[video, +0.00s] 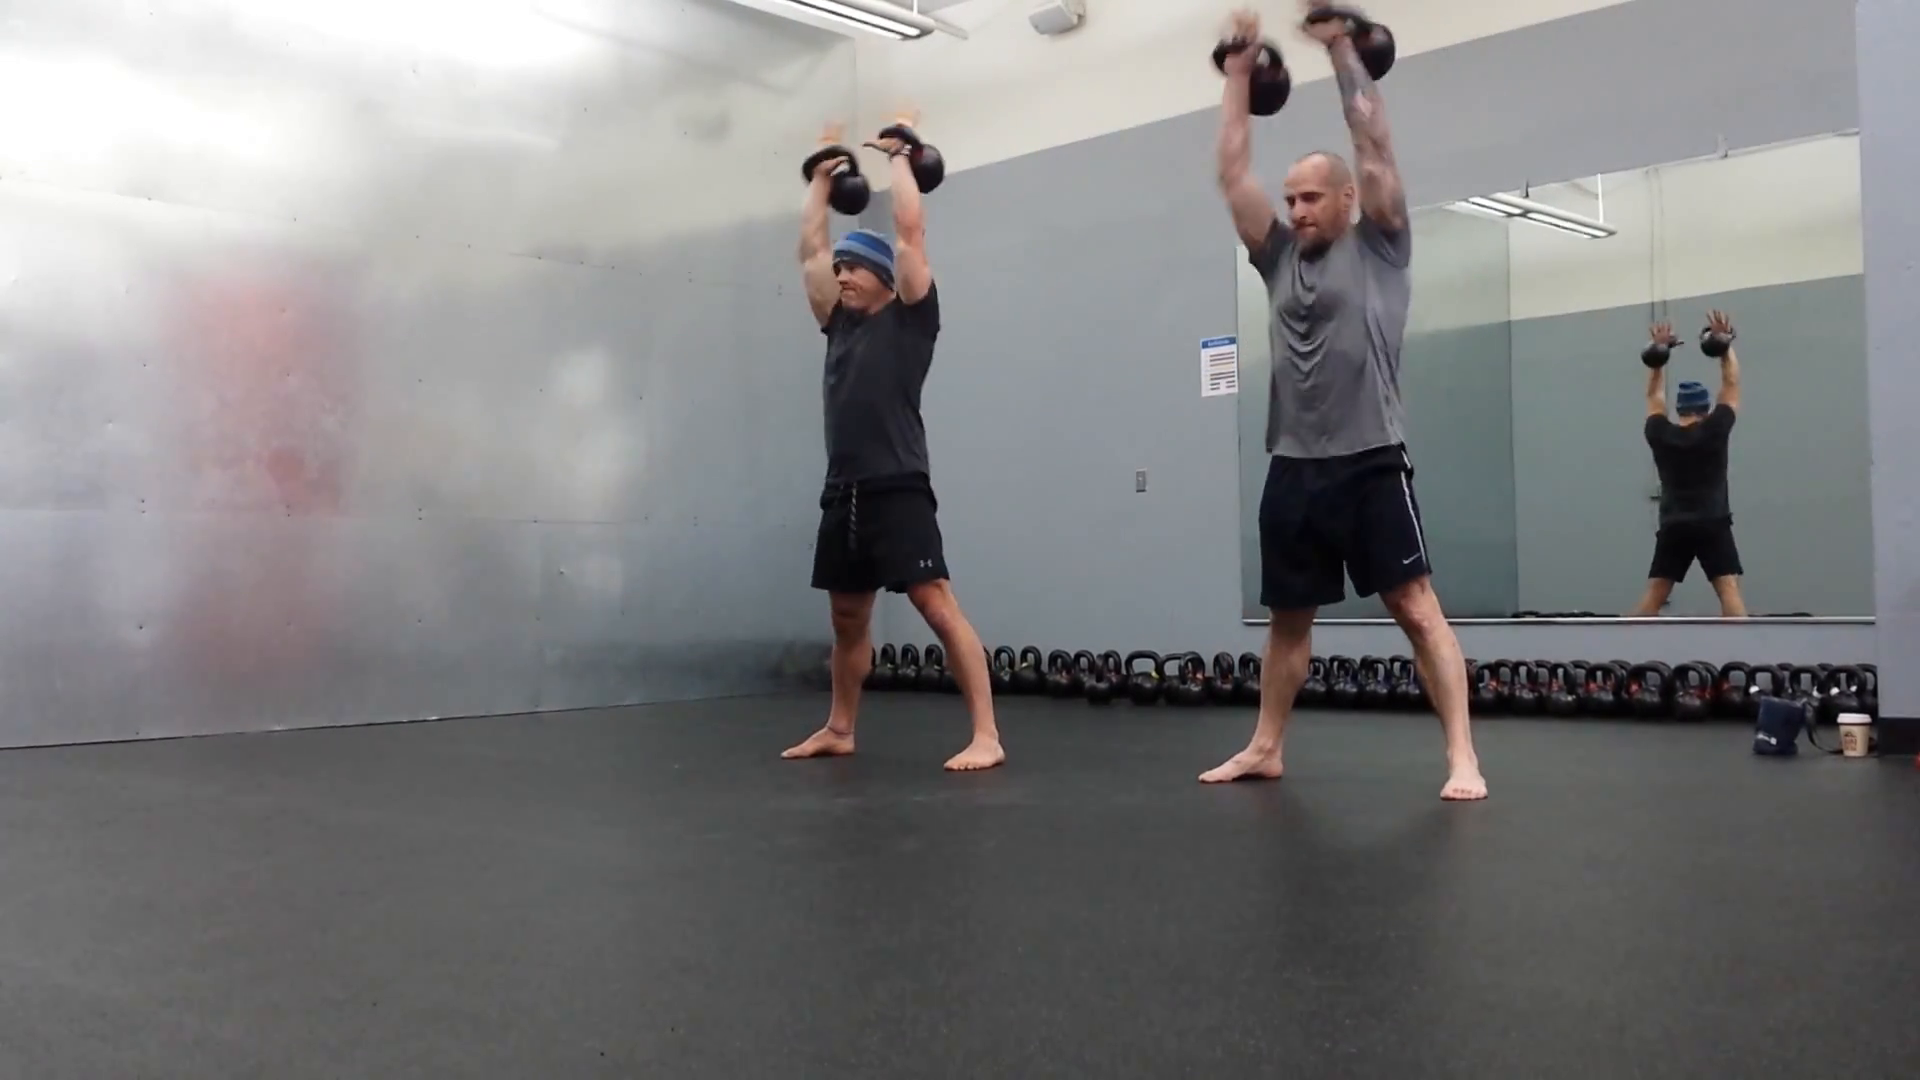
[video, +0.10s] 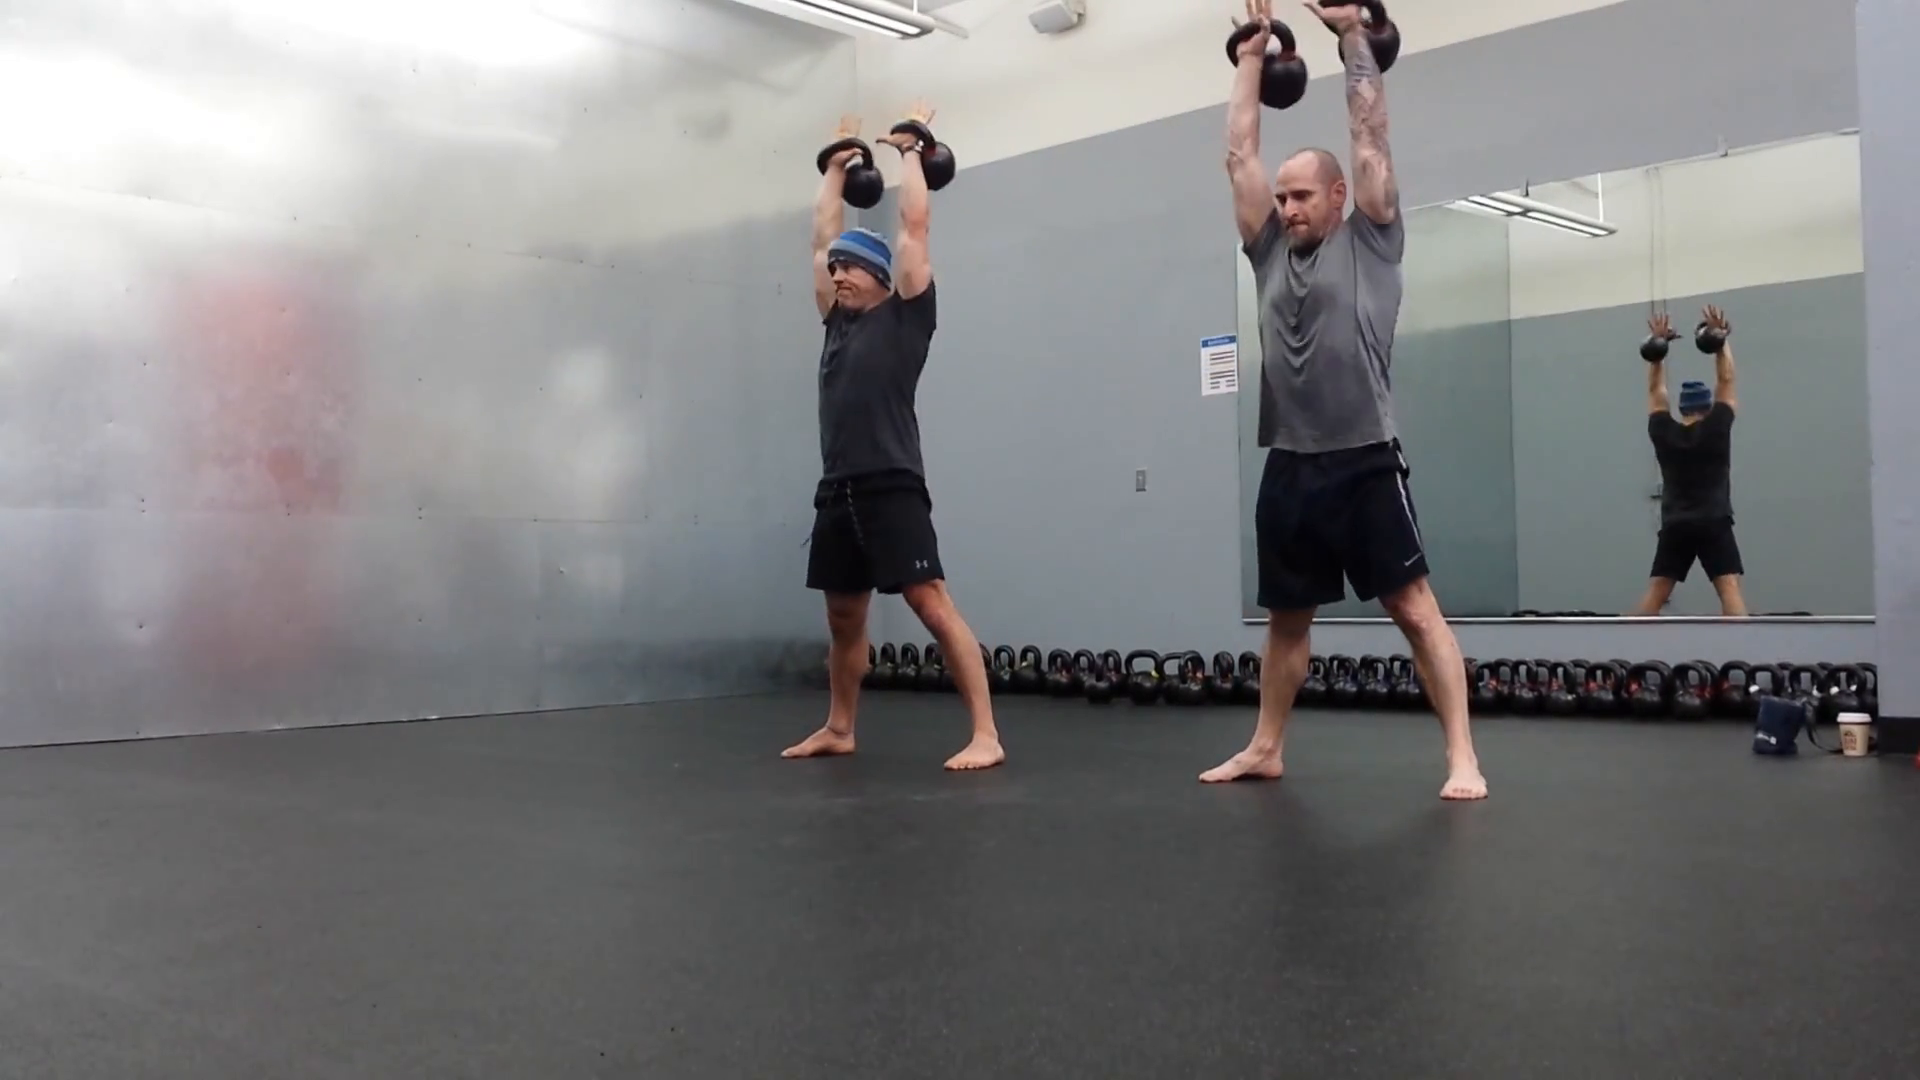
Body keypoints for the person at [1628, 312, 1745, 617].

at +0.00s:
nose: (1703, 413)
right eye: (1703, 408)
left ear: (1677, 410)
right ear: (1706, 410)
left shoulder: (1660, 435)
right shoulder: (1715, 432)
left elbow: (1653, 395)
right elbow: (1730, 386)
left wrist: (1658, 355)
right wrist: (1724, 344)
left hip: (1674, 526)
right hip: (1713, 524)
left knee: (1653, 597)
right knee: (1729, 592)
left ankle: (1620, 651)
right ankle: (1745, 655)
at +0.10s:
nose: (1707, 410)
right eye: (1707, 406)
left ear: (1681, 409)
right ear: (1709, 408)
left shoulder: (1664, 433)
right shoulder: (1717, 429)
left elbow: (1655, 390)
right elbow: (1726, 381)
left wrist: (1657, 348)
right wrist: (1721, 339)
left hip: (1675, 524)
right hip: (1713, 522)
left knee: (1655, 595)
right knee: (1730, 591)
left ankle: (1622, 650)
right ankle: (1745, 654)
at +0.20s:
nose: (1704, 409)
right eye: (1706, 405)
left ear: (1680, 408)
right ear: (1709, 407)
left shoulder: (1664, 433)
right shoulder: (1716, 428)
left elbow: (1655, 389)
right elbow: (1726, 380)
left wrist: (1657, 346)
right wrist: (1719, 338)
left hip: (1676, 524)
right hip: (1714, 522)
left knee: (1655, 595)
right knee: (1730, 591)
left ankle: (1625, 652)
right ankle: (1745, 657)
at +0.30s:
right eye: (1704, 404)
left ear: (1678, 407)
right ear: (1708, 406)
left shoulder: (1663, 433)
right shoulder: (1717, 427)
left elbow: (1654, 389)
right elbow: (1728, 379)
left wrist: (1656, 346)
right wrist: (1719, 339)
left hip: (1676, 524)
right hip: (1713, 521)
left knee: (1653, 595)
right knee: (1730, 592)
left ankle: (1628, 655)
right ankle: (1745, 655)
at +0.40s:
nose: (1699, 409)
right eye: (1701, 404)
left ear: (1676, 408)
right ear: (1706, 406)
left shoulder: (1662, 434)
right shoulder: (1716, 428)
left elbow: (1651, 389)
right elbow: (1732, 381)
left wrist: (1655, 349)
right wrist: (1722, 342)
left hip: (1675, 524)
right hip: (1713, 522)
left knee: (1653, 596)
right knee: (1730, 591)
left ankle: (1628, 655)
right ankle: (1745, 655)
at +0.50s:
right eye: (1699, 404)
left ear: (1673, 409)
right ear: (1703, 406)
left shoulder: (1659, 436)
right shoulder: (1715, 429)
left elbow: (1647, 394)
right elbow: (1739, 385)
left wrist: (1652, 354)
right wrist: (1725, 349)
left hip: (1674, 525)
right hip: (1712, 523)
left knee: (1654, 595)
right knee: (1729, 590)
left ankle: (1627, 650)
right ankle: (1745, 651)